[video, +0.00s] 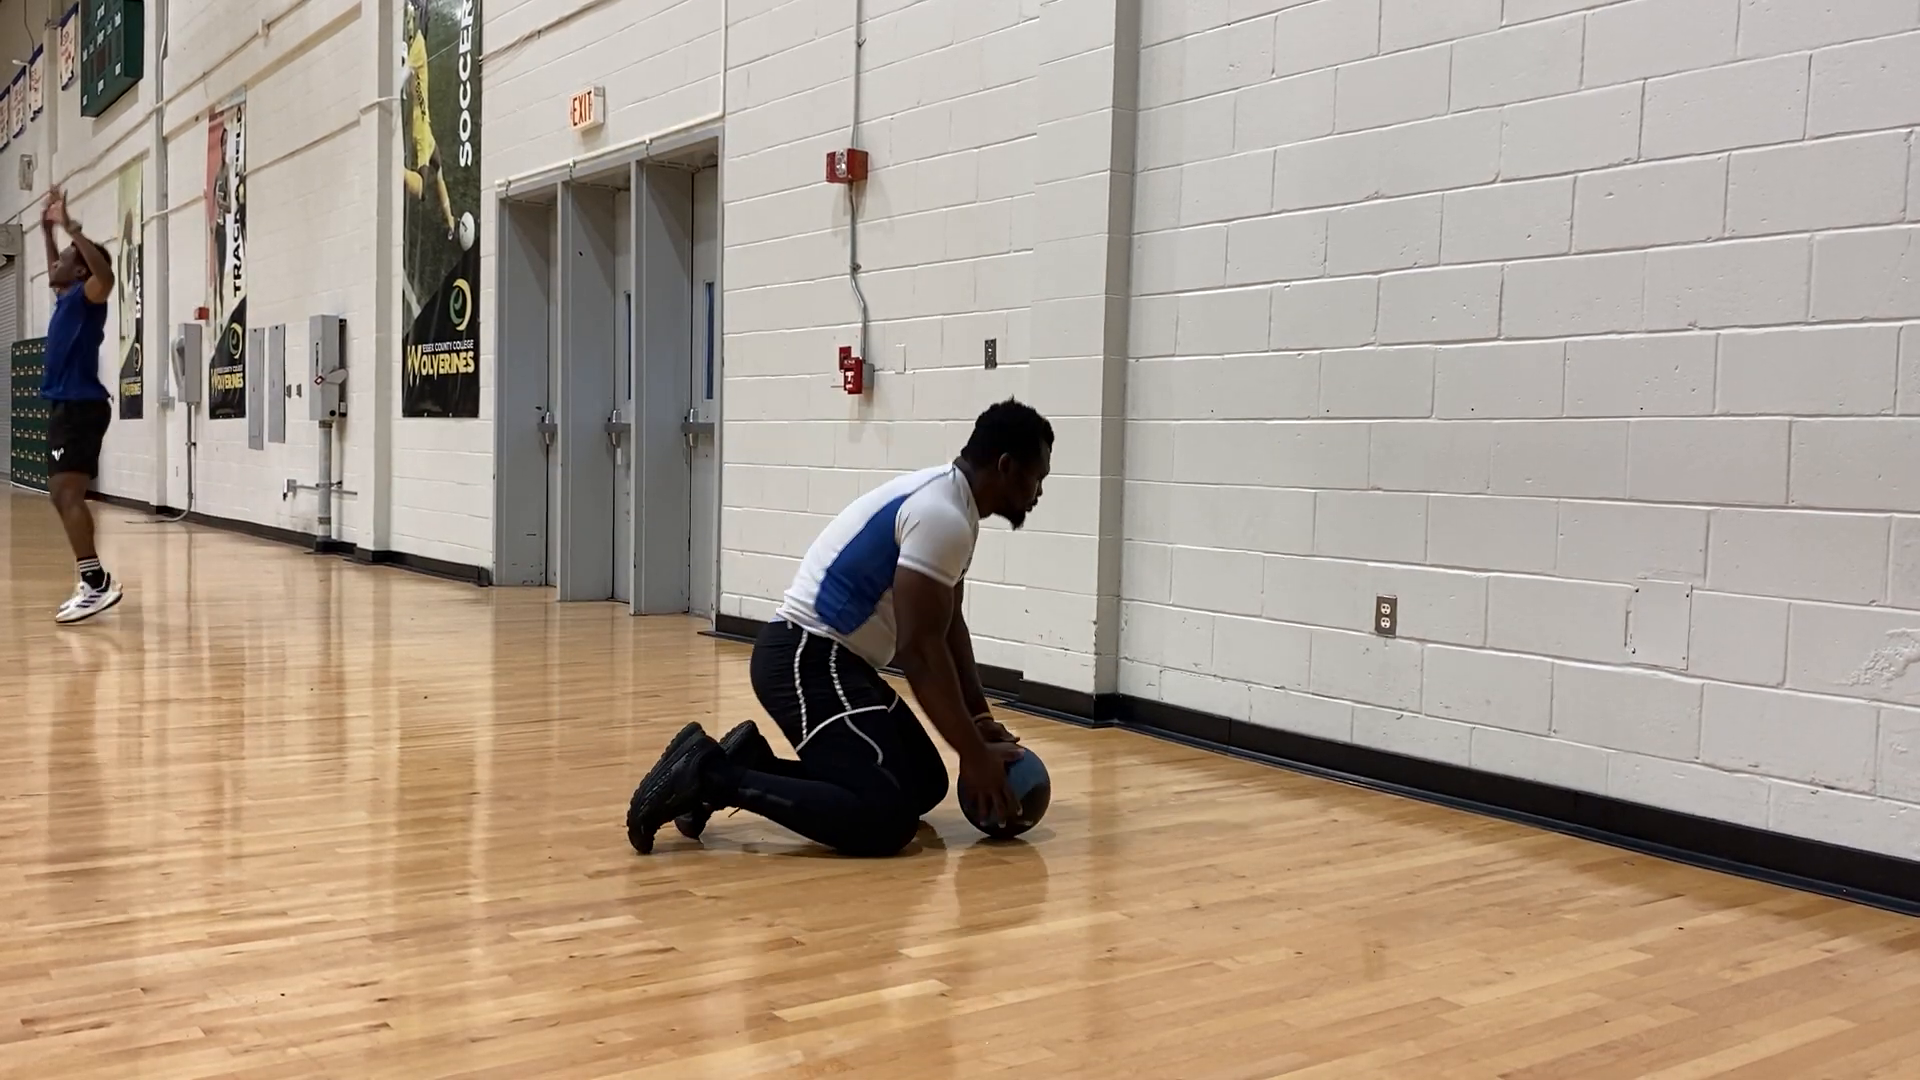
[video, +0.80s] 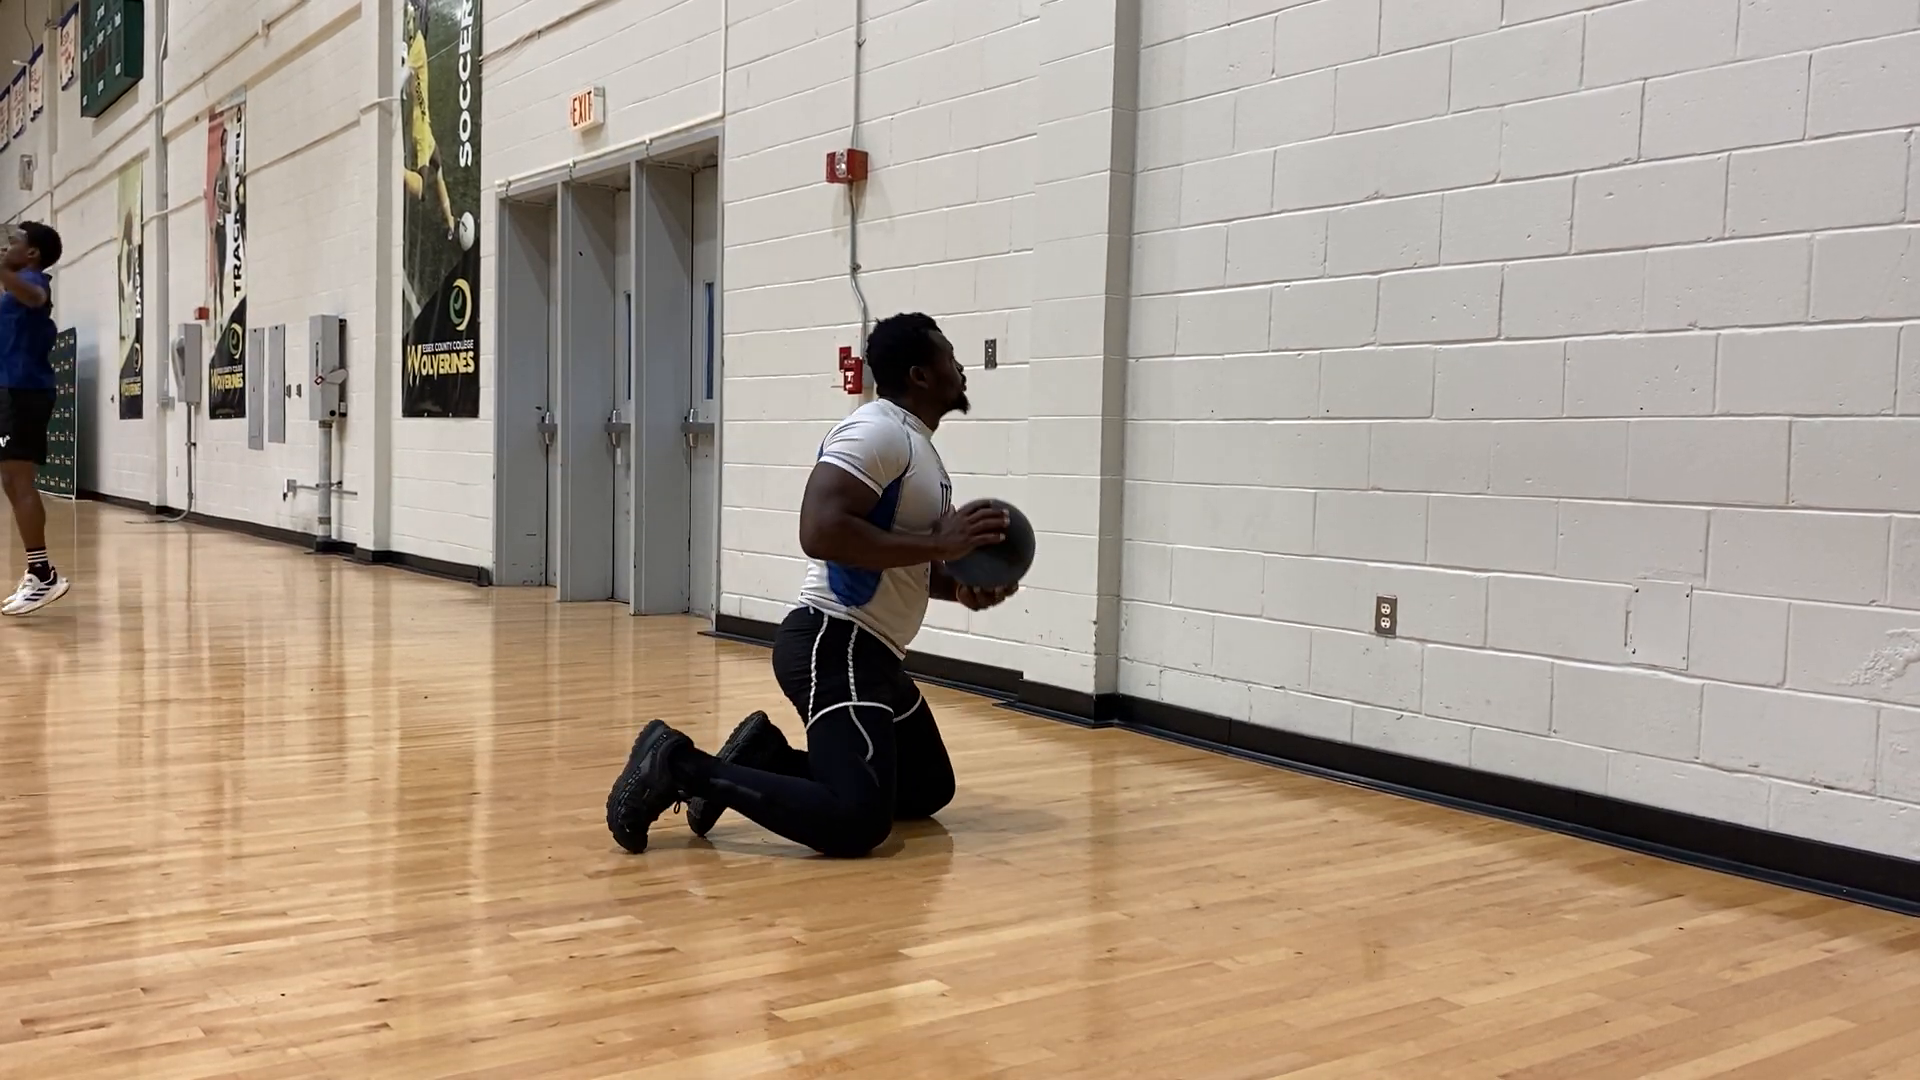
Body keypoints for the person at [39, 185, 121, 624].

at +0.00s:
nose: (57, 262)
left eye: (66, 258)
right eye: (60, 257)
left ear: (81, 266)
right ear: (66, 269)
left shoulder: (88, 296)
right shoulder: (68, 298)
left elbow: (103, 271)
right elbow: (53, 271)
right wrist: (45, 228)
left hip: (82, 405)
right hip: (67, 405)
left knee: (67, 494)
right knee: (65, 494)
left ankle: (95, 583)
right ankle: (94, 581)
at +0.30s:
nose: (47, 253)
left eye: (52, 248)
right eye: (47, 246)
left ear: (69, 258)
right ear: (58, 258)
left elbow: (75, 297)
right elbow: (33, 296)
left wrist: (55, 268)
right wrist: (14, 271)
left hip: (55, 395)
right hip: (42, 394)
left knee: (49, 486)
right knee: (47, 486)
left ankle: (78, 575)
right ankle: (81, 570)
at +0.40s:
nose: (28, 253)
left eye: (36, 248)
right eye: (31, 247)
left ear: (56, 258)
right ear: (51, 258)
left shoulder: (61, 291)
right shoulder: (45, 292)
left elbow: (75, 336)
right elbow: (44, 337)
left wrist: (51, 358)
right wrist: (18, 348)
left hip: (47, 399)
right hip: (33, 397)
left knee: (41, 488)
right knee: (36, 488)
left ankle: (62, 579)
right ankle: (60, 576)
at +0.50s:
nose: (17, 274)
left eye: (26, 269)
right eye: (21, 268)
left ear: (44, 281)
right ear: (41, 282)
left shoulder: (49, 319)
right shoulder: (32, 319)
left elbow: (65, 380)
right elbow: (37, 378)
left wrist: (39, 423)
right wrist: (15, 410)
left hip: (50, 424)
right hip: (35, 422)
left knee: (16, 505)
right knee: (15, 505)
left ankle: (60, 591)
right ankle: (58, 589)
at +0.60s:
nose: (12, 274)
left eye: (21, 270)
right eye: (16, 268)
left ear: (40, 283)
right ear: (35, 283)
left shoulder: (39, 321)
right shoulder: (26, 321)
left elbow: (55, 382)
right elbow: (31, 382)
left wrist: (21, 423)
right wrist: (11, 420)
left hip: (41, 430)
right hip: (26, 428)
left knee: (13, 508)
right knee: (10, 508)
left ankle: (60, 591)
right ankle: (58, 589)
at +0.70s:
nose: (13, 249)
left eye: (22, 245)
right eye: (16, 243)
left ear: (40, 258)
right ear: (34, 258)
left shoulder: (37, 291)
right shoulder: (24, 292)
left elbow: (45, 339)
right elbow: (37, 340)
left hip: (31, 400)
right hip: (20, 399)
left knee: (18, 485)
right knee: (17, 485)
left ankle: (48, 579)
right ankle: (47, 577)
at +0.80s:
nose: (6, 246)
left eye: (14, 241)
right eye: (9, 240)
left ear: (32, 252)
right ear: (29, 253)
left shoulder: (33, 278)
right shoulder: (17, 283)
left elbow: (35, 299)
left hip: (24, 390)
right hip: (16, 390)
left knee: (18, 483)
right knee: (16, 483)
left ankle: (41, 575)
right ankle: (41, 573)